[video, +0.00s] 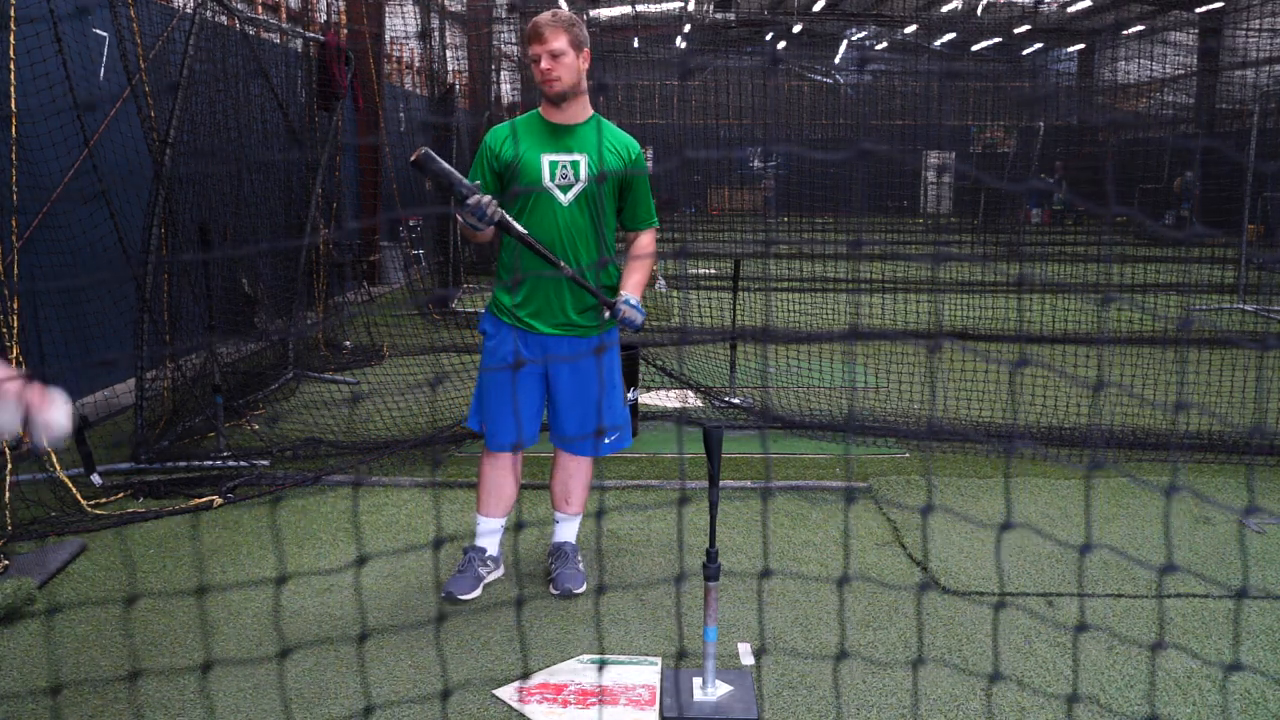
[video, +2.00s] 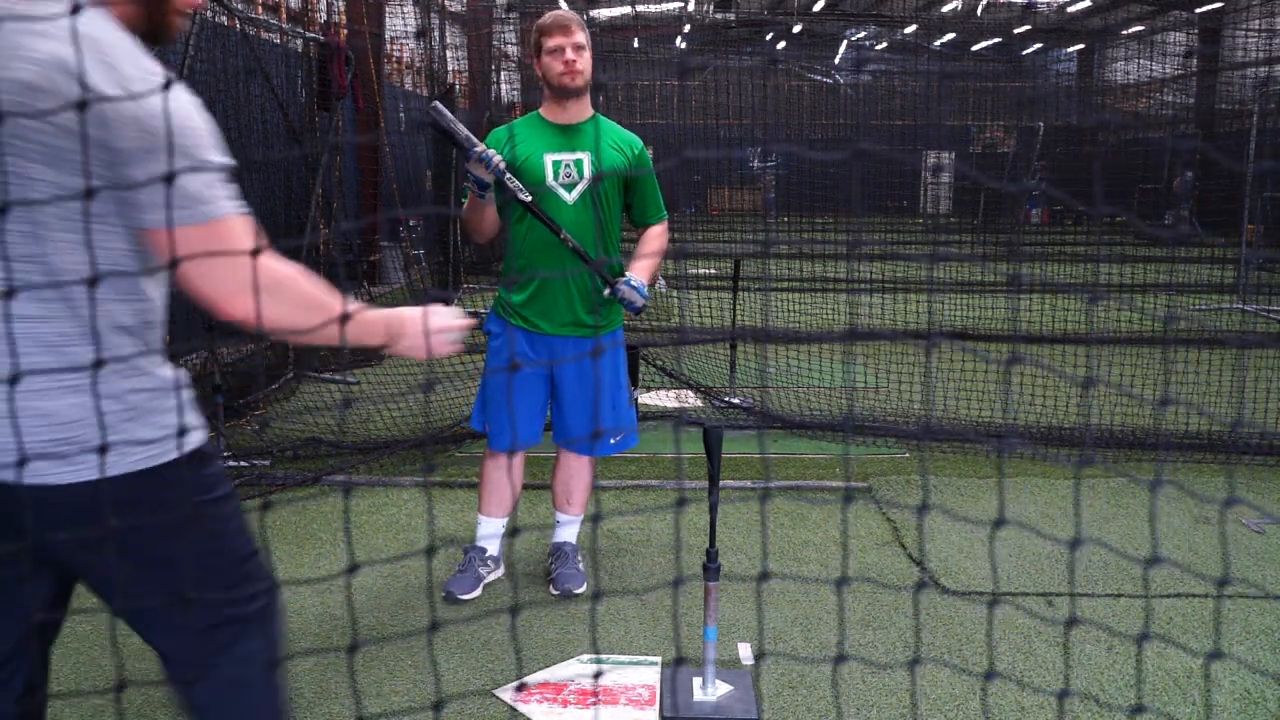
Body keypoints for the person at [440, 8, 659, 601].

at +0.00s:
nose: (547, 67)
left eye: (557, 56)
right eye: (537, 59)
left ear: (584, 59)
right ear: (529, 67)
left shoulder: (621, 151)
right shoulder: (502, 142)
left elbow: (641, 240)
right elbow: (477, 236)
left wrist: (629, 295)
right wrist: (477, 217)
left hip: (587, 326)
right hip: (513, 321)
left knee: (576, 439)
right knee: (501, 439)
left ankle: (565, 546)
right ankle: (486, 551)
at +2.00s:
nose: (569, 59)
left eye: (577, 48)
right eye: (556, 51)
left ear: (592, 57)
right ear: (538, 63)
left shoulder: (625, 148)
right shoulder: (505, 141)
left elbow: (654, 227)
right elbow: (482, 233)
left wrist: (637, 278)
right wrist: (479, 188)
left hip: (593, 322)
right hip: (519, 319)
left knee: (579, 439)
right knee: (504, 440)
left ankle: (566, 547)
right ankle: (486, 551)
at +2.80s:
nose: (580, 61)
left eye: (584, 51)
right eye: (566, 52)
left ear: (595, 60)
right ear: (537, 64)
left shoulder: (621, 148)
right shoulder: (505, 135)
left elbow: (653, 226)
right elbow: (474, 213)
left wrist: (627, 286)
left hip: (589, 324)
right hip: (514, 320)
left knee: (576, 442)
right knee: (500, 444)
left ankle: (566, 546)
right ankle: (485, 551)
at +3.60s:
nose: (516, 88)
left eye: (524, 75)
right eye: (502, 78)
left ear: (537, 71)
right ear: (478, 77)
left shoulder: (568, 147)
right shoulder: (446, 149)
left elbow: (607, 223)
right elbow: (415, 224)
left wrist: (584, 278)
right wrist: (424, 231)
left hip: (547, 324)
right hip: (469, 325)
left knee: (557, 440)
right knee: (455, 443)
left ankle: (564, 545)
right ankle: (434, 549)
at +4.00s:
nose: (435, 114)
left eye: (441, 101)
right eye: (421, 108)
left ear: (457, 77)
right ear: (403, 99)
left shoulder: (512, 134)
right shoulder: (391, 159)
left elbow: (561, 201)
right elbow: (388, 233)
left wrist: (552, 276)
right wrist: (381, 268)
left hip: (515, 319)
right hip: (436, 325)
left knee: (547, 434)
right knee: (436, 443)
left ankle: (577, 540)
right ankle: (430, 548)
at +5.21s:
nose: (461, 166)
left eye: (469, 154)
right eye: (449, 157)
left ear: (489, 122)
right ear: (430, 136)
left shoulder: (537, 172)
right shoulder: (411, 163)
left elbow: (568, 267)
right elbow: (395, 235)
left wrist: (557, 344)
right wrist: (374, 291)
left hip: (528, 332)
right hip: (447, 330)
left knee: (563, 438)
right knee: (430, 439)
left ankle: (605, 539)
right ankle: (417, 543)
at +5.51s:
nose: (489, 217)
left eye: (498, 206)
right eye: (479, 208)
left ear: (517, 179)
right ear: (460, 182)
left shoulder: (553, 221)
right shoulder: (441, 179)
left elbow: (563, 327)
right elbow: (433, 227)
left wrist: (559, 421)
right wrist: (426, 280)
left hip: (537, 339)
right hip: (461, 329)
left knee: (569, 439)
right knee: (439, 435)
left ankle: (606, 542)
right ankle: (418, 540)